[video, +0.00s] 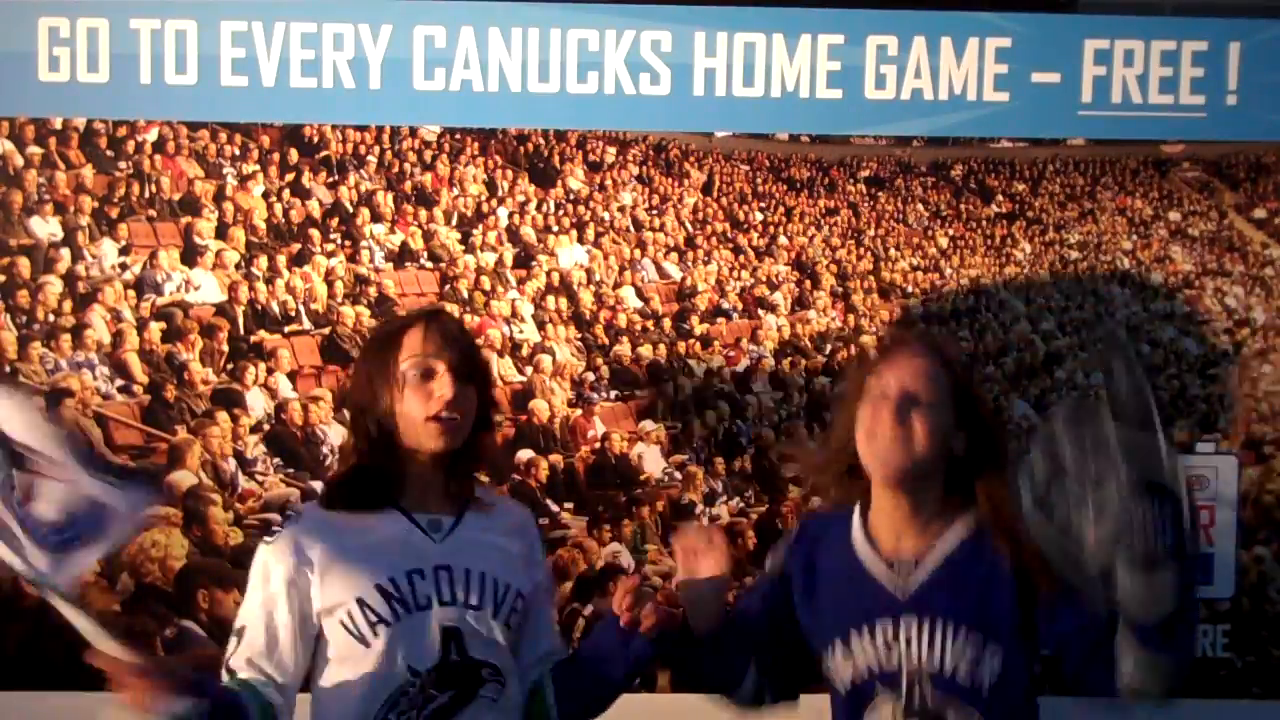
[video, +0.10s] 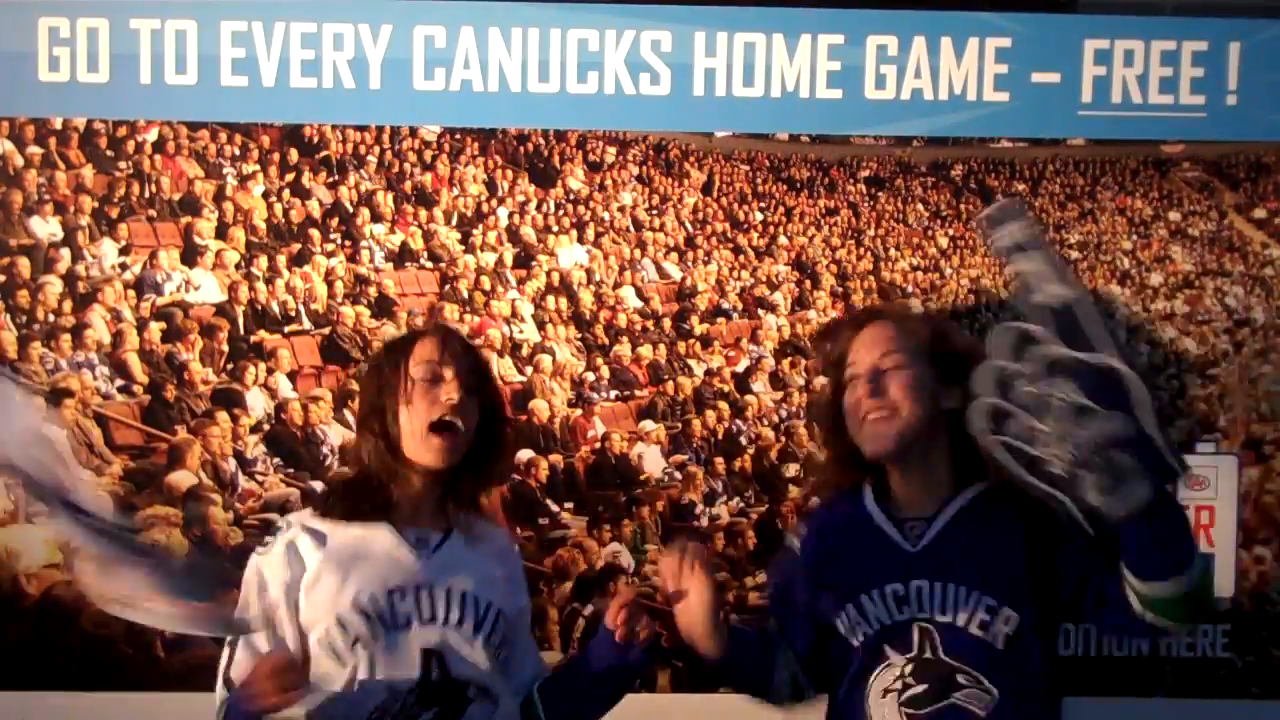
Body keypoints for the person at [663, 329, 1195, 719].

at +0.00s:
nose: (890, 414)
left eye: (914, 402)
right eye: (876, 398)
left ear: (955, 436)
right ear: (852, 422)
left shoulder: (1013, 558)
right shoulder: (811, 550)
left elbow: (1109, 687)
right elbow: (743, 683)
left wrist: (1149, 593)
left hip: (979, 713)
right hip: (857, 711)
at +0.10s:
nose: (864, 392)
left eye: (888, 371)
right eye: (851, 384)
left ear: (945, 390)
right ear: (843, 414)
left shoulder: (1030, 520)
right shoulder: (828, 539)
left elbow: (1165, 615)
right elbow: (797, 678)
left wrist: (1134, 490)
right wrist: (717, 643)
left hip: (1001, 713)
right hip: (871, 715)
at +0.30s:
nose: (842, 467)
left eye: (866, 442)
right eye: (844, 449)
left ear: (938, 447)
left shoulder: (1027, 606)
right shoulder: (848, 590)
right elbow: (774, 705)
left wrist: (1057, 587)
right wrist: (709, 631)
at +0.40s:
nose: (850, 409)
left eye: (874, 383)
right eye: (851, 389)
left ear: (949, 405)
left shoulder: (1038, 545)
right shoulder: (837, 535)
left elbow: (1116, 696)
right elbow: (737, 624)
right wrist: (705, 507)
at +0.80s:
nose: (937, 388)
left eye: (959, 370)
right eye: (918, 379)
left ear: (1008, 397)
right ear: (900, 414)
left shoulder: (1096, 533)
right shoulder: (877, 542)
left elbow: (1211, 640)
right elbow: (833, 680)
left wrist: (1227, 510)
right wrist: (730, 627)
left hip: (1051, 713)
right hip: (913, 716)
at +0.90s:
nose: (962, 422)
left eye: (976, 398)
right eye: (939, 413)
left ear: (1023, 411)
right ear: (924, 453)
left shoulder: (1118, 540)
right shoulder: (908, 578)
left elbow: (1255, 505)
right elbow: (872, 703)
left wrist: (1193, 400)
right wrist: (748, 677)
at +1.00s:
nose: (958, 454)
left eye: (979, 431)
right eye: (942, 446)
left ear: (1037, 446)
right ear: (934, 478)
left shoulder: (1123, 570)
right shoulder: (923, 596)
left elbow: (1230, 504)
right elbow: (858, 710)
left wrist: (1135, 383)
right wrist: (774, 646)